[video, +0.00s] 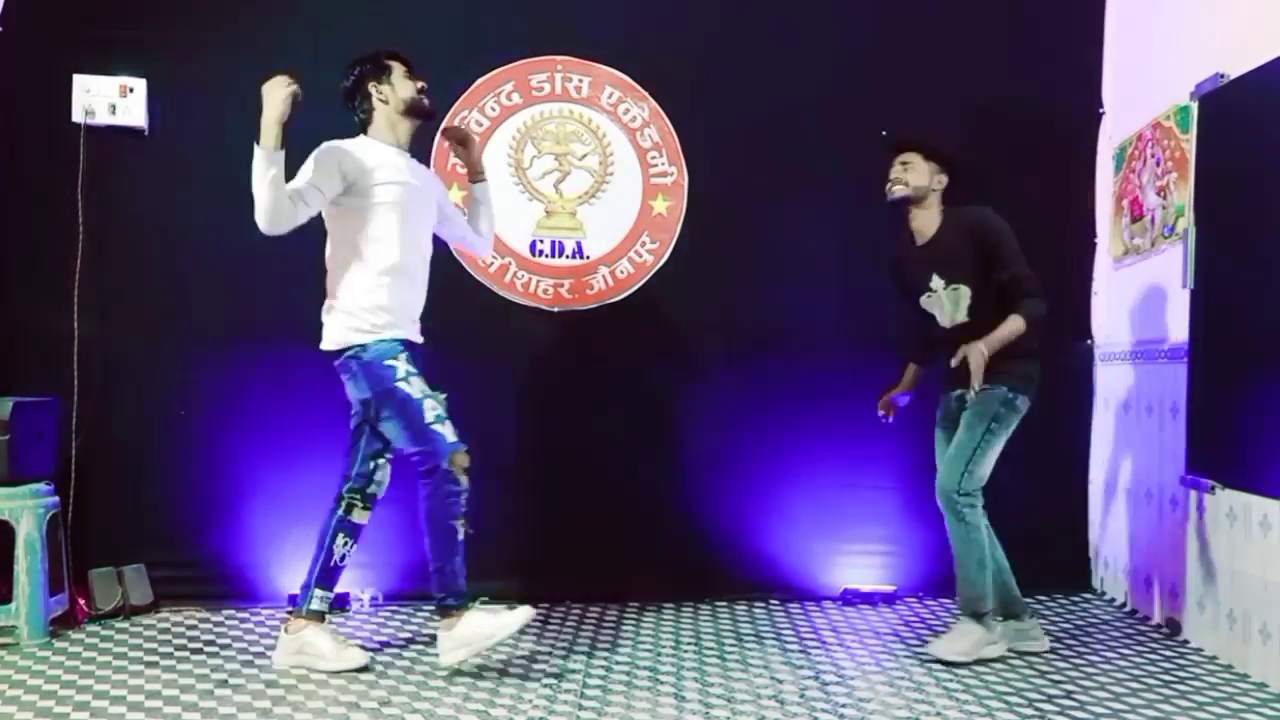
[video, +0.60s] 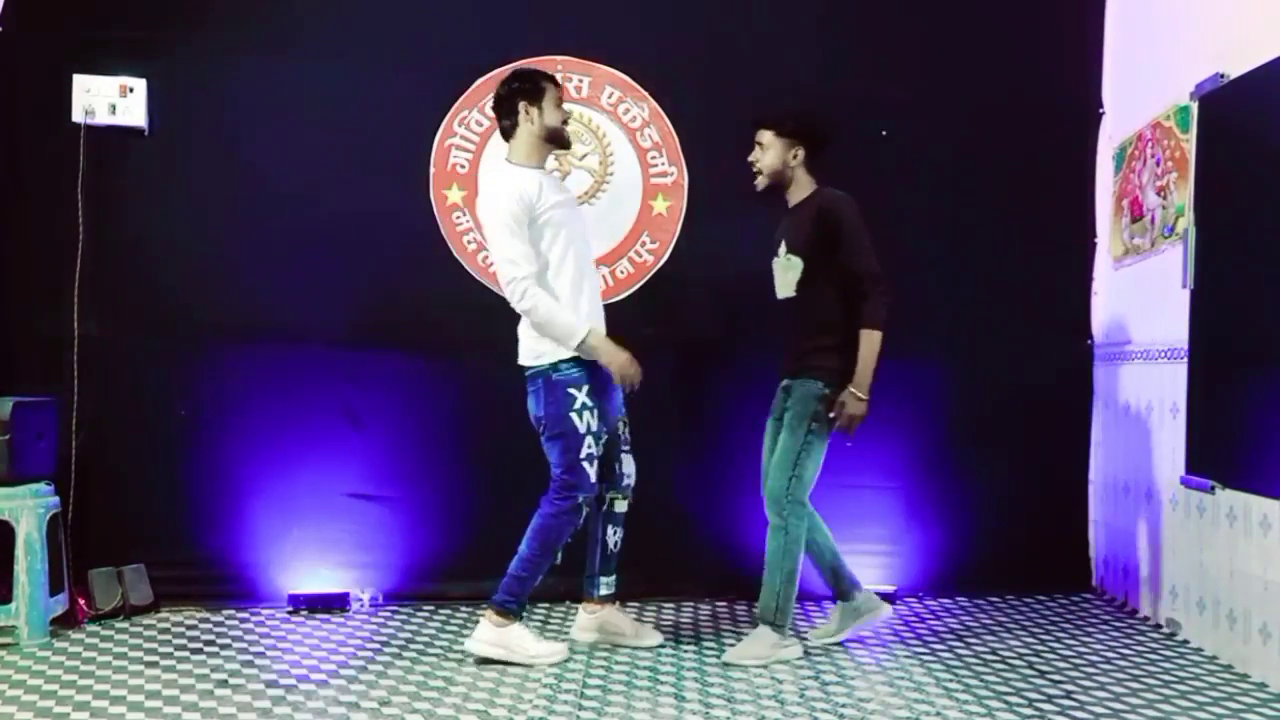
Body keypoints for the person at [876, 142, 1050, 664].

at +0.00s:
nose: (895, 176)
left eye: (908, 167)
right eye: (893, 168)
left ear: (939, 179)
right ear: (892, 184)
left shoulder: (978, 225)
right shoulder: (905, 255)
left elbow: (1031, 305)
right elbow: (926, 330)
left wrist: (986, 343)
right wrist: (905, 387)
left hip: (1005, 378)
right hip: (956, 384)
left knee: (956, 489)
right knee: (958, 495)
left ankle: (979, 621)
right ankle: (1016, 620)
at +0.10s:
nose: (861, 180)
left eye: (872, 169)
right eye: (860, 171)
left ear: (906, 175)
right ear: (873, 182)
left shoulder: (951, 219)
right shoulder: (892, 245)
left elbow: (996, 302)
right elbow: (926, 323)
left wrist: (990, 387)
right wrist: (912, 385)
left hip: (972, 385)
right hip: (929, 387)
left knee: (943, 499)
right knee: (915, 498)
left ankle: (954, 628)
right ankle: (1000, 601)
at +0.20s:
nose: (832, 178)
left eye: (842, 169)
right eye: (834, 169)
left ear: (875, 179)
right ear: (859, 180)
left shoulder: (913, 225)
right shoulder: (870, 237)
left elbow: (965, 302)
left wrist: (991, 393)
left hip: (948, 386)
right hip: (907, 384)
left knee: (927, 499)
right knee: (872, 491)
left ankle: (957, 630)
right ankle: (931, 601)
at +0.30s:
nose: (809, 172)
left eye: (820, 165)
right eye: (812, 164)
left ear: (852, 178)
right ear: (838, 177)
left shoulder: (878, 229)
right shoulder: (848, 232)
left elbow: (938, 303)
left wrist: (971, 392)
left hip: (920, 385)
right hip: (883, 383)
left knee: (889, 494)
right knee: (850, 490)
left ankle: (945, 617)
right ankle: (868, 615)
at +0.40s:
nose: (790, 168)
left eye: (801, 161)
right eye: (793, 160)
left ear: (833, 175)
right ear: (823, 177)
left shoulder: (855, 229)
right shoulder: (832, 232)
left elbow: (913, 306)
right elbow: (873, 309)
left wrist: (934, 396)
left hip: (886, 382)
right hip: (858, 381)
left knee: (837, 482)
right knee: (830, 483)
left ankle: (896, 602)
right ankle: (866, 609)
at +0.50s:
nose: (769, 160)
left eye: (780, 152)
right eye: (772, 152)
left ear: (813, 163)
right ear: (797, 164)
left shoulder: (842, 218)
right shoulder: (809, 224)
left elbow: (891, 303)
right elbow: (833, 308)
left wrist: (894, 392)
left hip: (853, 381)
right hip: (828, 379)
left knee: (807, 487)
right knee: (825, 495)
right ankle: (871, 615)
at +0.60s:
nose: (753, 157)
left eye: (761, 147)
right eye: (754, 147)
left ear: (795, 153)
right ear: (782, 155)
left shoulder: (833, 208)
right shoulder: (792, 218)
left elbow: (873, 297)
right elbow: (805, 303)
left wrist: (860, 387)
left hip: (822, 377)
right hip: (793, 375)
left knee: (786, 493)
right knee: (779, 491)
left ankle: (773, 629)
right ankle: (855, 598)